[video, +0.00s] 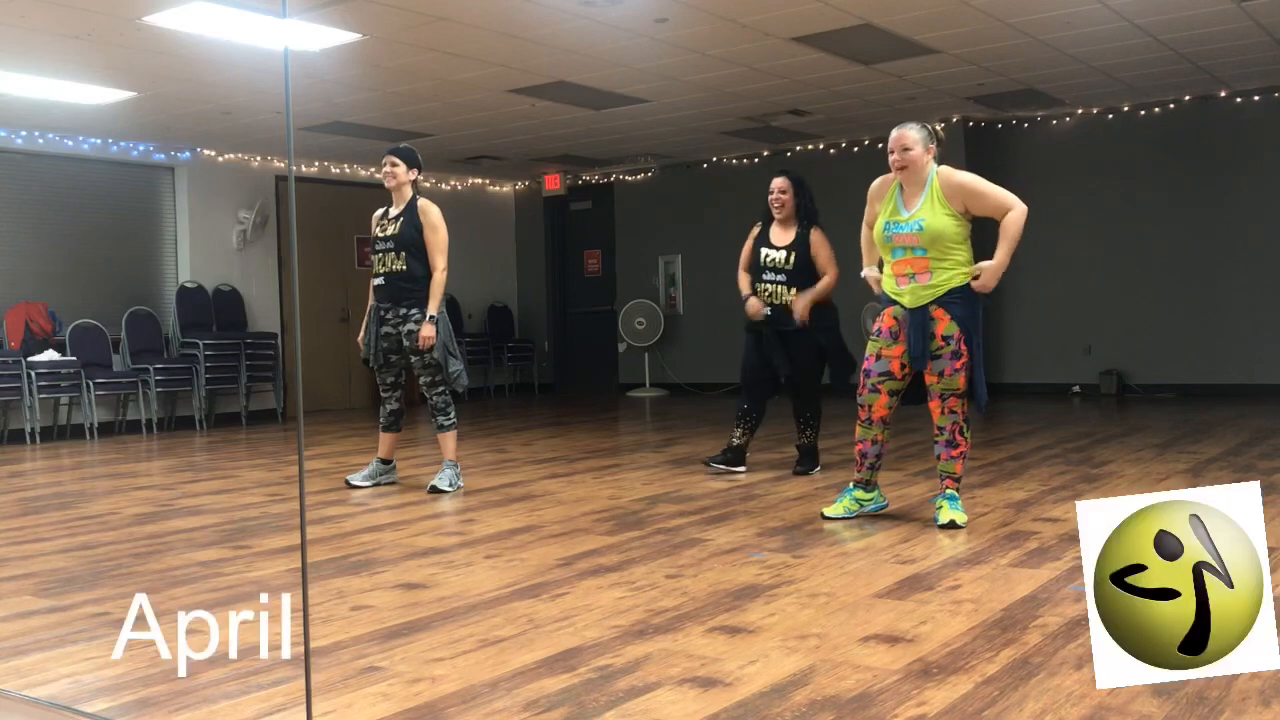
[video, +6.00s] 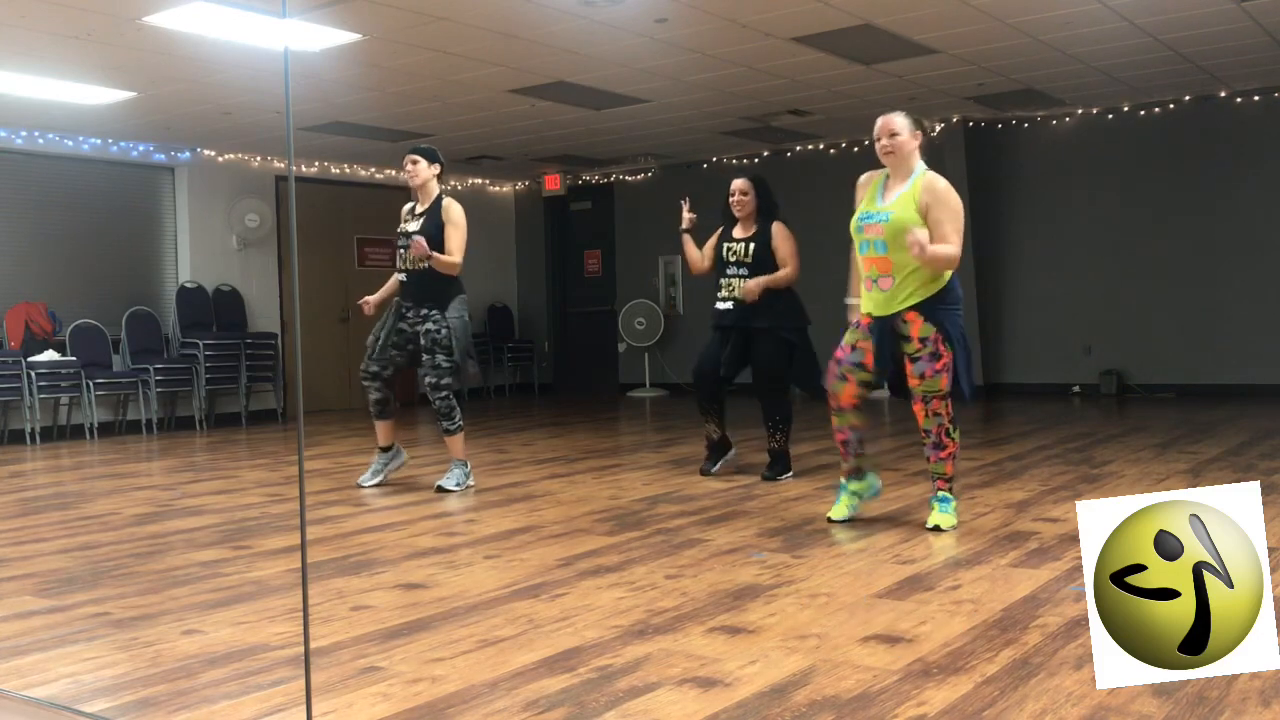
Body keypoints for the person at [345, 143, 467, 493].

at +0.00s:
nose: (385, 170)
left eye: (393, 166)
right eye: (384, 166)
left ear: (413, 173)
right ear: (383, 173)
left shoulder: (426, 210)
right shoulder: (379, 217)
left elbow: (440, 268)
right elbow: (378, 275)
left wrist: (430, 319)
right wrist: (366, 323)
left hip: (417, 314)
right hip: (383, 316)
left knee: (436, 391)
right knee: (389, 392)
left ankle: (451, 468)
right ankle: (384, 464)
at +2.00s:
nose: (384, 169)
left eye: (393, 165)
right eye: (383, 164)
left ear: (411, 175)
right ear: (382, 174)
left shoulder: (422, 209)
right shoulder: (374, 215)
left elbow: (437, 266)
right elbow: (373, 269)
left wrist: (411, 298)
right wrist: (343, 307)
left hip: (413, 314)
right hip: (377, 314)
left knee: (429, 389)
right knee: (380, 390)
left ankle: (450, 467)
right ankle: (382, 464)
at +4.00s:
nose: (387, 167)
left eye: (395, 164)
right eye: (386, 162)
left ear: (412, 175)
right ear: (382, 172)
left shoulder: (427, 210)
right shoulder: (370, 217)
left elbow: (447, 262)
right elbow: (368, 273)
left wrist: (458, 310)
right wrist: (336, 307)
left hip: (421, 312)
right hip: (382, 315)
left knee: (431, 386)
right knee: (386, 389)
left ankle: (452, 466)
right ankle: (390, 463)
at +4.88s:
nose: (394, 168)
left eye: (402, 164)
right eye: (393, 164)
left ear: (421, 171)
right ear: (392, 172)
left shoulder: (436, 208)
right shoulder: (384, 211)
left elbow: (444, 265)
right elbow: (381, 265)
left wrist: (412, 300)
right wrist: (376, 310)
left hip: (428, 310)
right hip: (391, 311)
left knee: (439, 384)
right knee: (390, 385)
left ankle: (459, 465)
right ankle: (390, 462)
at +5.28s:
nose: (399, 169)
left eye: (407, 165)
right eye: (397, 165)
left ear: (426, 172)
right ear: (396, 173)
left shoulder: (442, 206)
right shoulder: (393, 215)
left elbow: (462, 258)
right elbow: (397, 271)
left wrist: (456, 301)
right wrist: (362, 306)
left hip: (433, 311)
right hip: (397, 312)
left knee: (441, 386)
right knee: (389, 382)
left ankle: (459, 465)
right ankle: (397, 460)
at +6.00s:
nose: (407, 169)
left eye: (414, 164)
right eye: (405, 166)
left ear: (435, 170)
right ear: (405, 175)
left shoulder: (450, 208)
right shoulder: (408, 212)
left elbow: (455, 265)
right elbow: (406, 268)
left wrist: (429, 256)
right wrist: (378, 297)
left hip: (441, 312)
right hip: (407, 310)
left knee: (437, 384)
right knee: (373, 373)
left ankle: (460, 465)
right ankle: (388, 451)